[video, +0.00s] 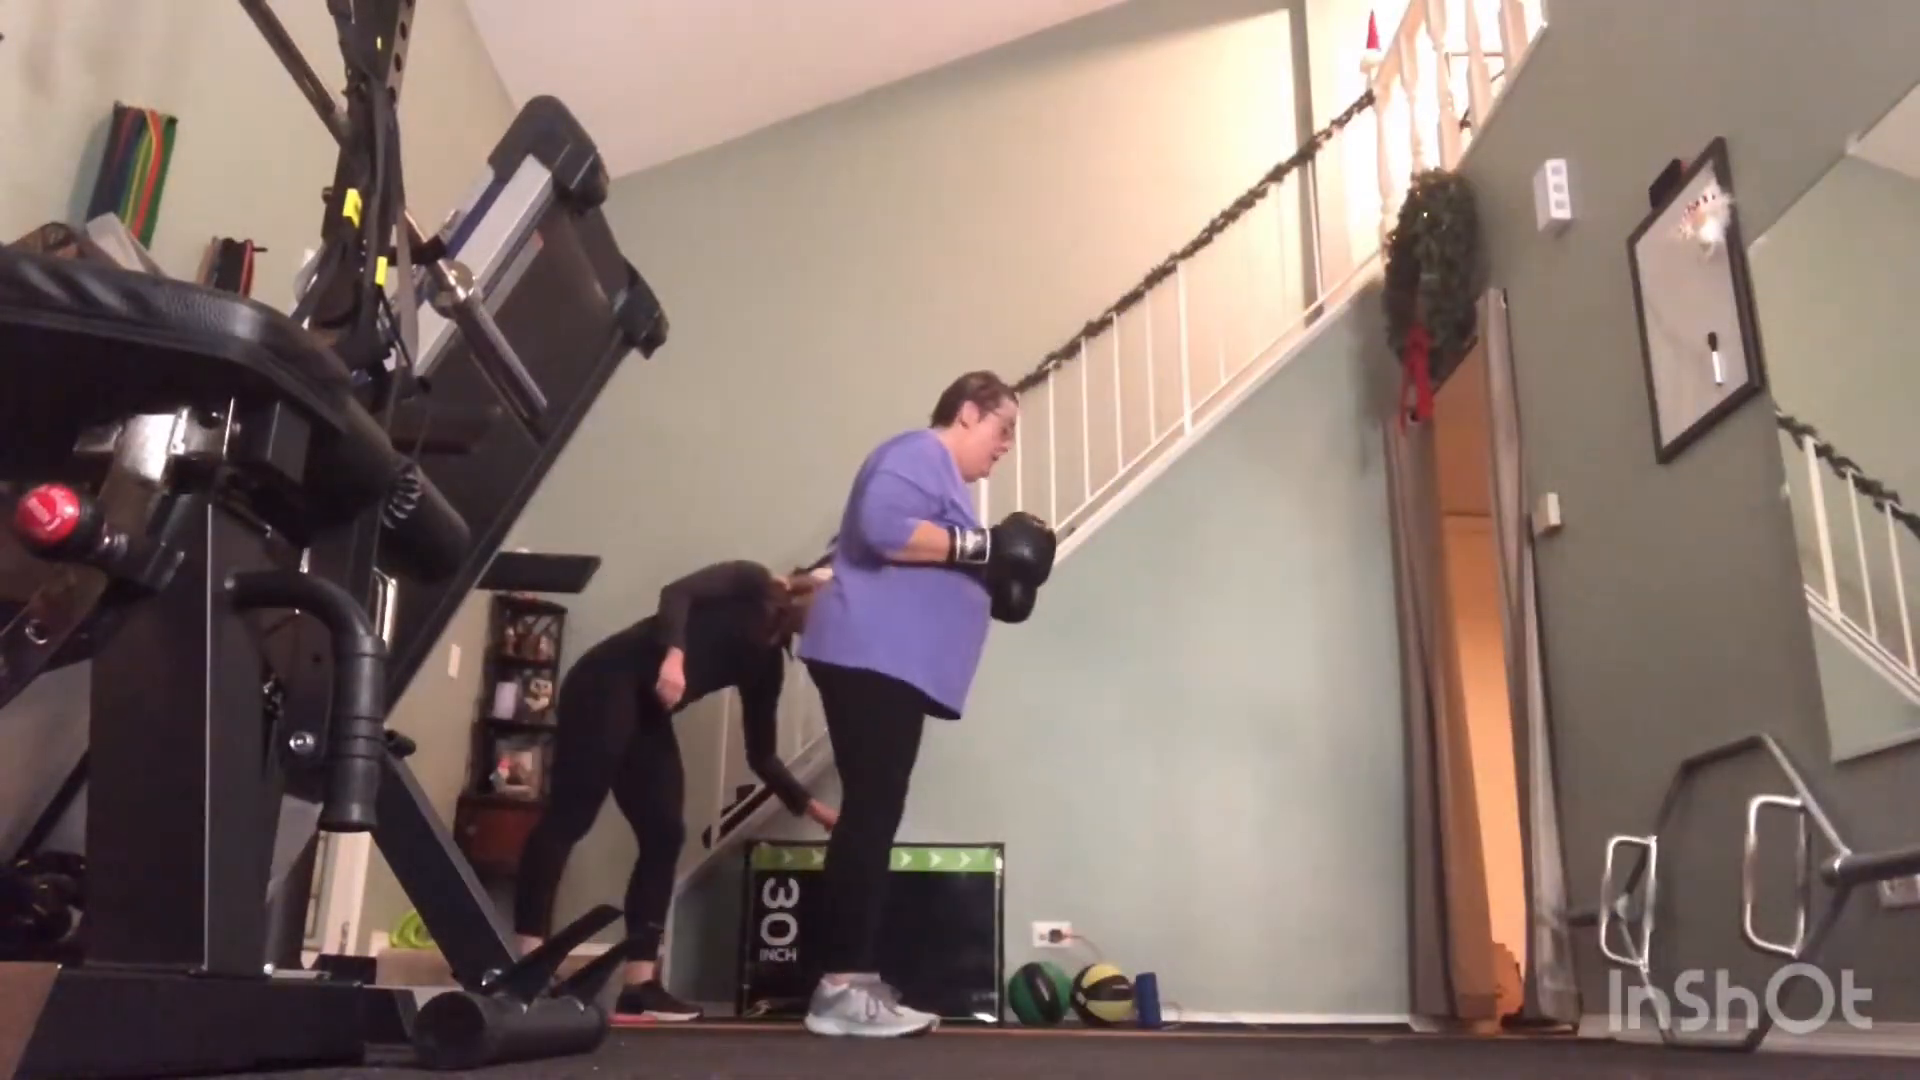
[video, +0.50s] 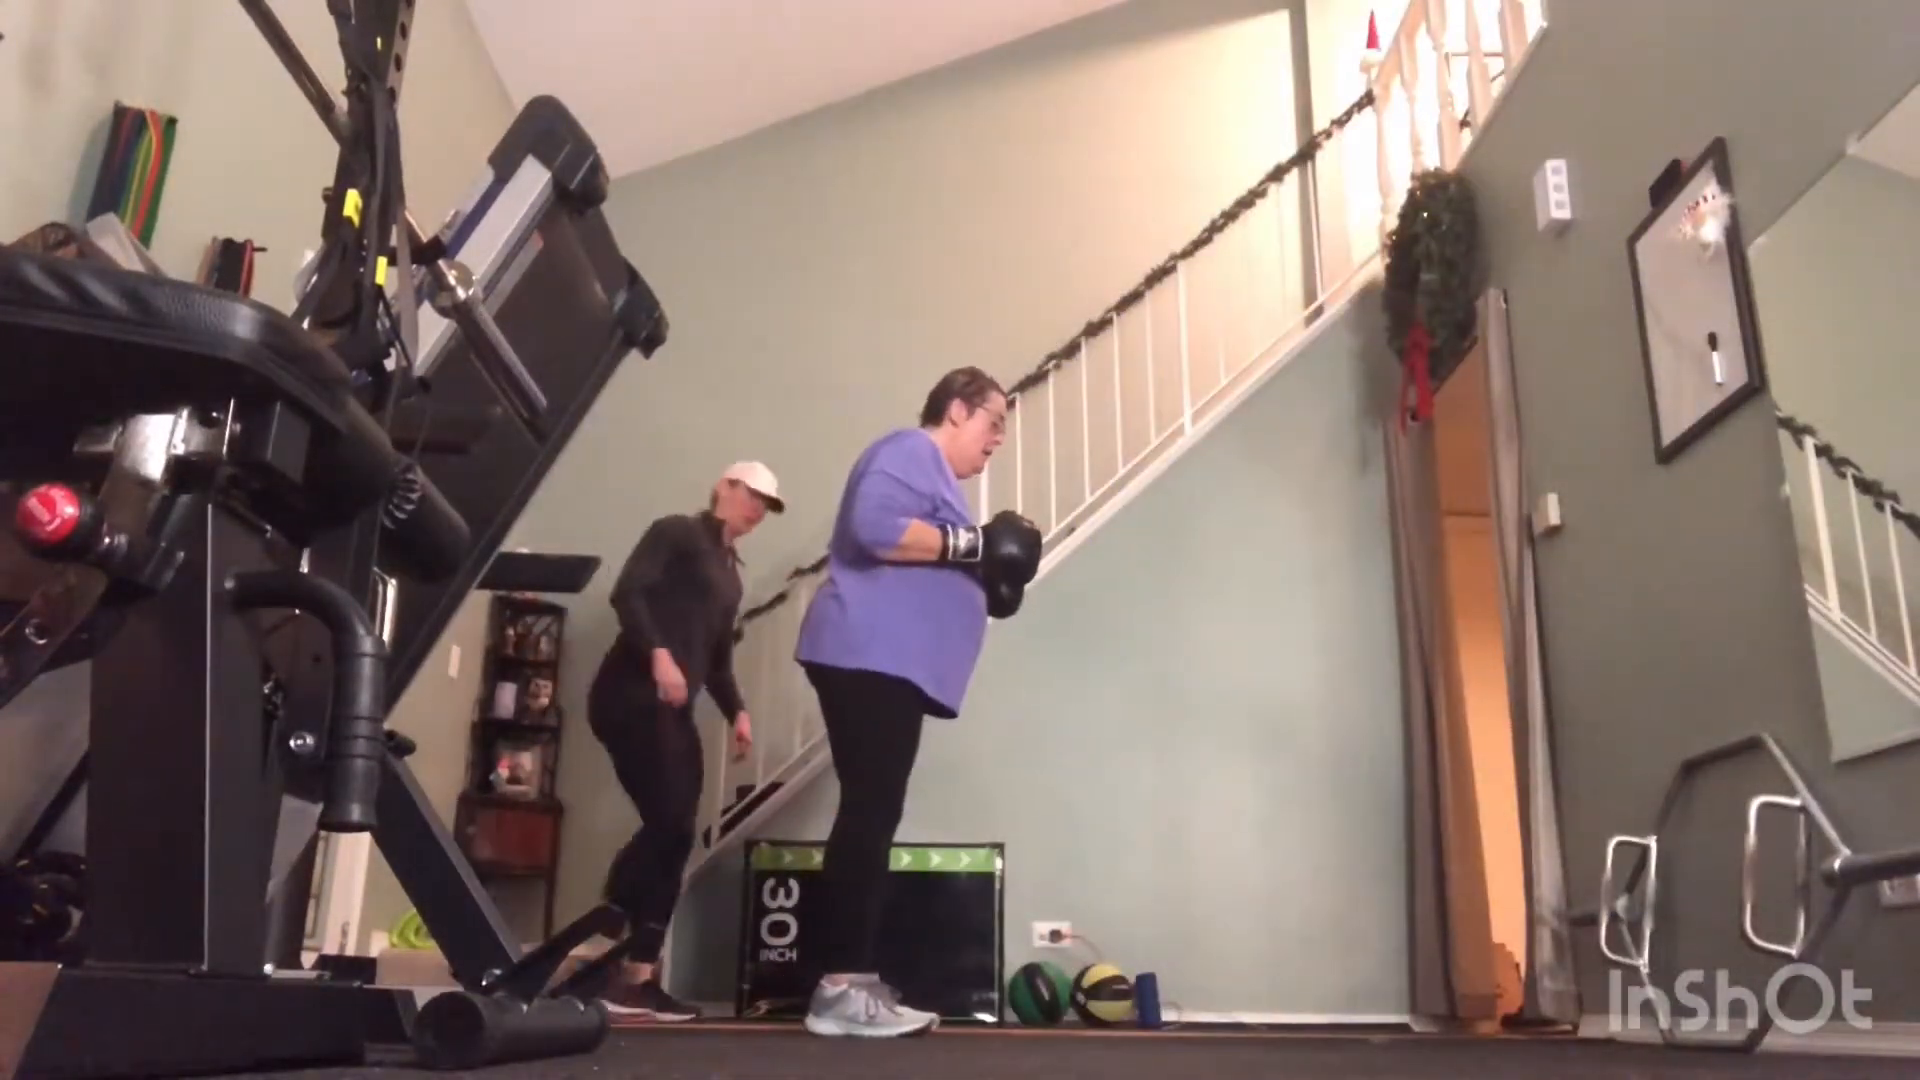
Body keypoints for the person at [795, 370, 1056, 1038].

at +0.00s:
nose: (1008, 445)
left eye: (1013, 434)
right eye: (1003, 428)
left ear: (972, 419)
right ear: (968, 413)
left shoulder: (949, 483)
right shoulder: (919, 451)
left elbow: (922, 561)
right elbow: (881, 527)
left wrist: (993, 570)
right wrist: (975, 547)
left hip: (892, 665)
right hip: (868, 658)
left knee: (875, 813)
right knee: (872, 811)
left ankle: (853, 982)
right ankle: (842, 984)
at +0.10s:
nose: (1000, 443)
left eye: (1005, 432)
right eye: (997, 426)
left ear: (966, 417)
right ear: (961, 411)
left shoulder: (944, 480)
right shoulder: (914, 448)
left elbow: (918, 558)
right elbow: (880, 524)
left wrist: (989, 568)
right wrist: (972, 545)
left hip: (888, 664)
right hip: (865, 658)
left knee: (873, 815)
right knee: (868, 813)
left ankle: (853, 983)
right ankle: (841, 985)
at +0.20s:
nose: (999, 441)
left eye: (1003, 429)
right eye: (995, 424)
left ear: (963, 415)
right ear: (959, 409)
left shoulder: (943, 481)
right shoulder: (912, 447)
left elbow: (920, 558)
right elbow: (879, 525)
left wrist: (987, 566)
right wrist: (970, 543)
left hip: (890, 664)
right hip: (866, 657)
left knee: (872, 814)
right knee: (868, 813)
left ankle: (852, 983)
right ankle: (841, 986)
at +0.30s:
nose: (998, 441)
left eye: (1003, 429)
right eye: (994, 424)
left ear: (962, 415)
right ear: (959, 410)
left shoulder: (939, 480)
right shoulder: (911, 448)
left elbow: (913, 555)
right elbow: (875, 526)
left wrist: (984, 565)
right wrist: (967, 545)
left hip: (890, 663)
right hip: (867, 657)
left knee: (872, 814)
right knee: (869, 812)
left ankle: (852, 983)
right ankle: (841, 985)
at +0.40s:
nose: (998, 441)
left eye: (1002, 429)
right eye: (994, 424)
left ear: (961, 417)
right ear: (958, 411)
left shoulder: (940, 482)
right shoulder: (908, 449)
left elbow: (915, 556)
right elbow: (874, 527)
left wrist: (984, 565)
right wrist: (967, 545)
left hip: (890, 664)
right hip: (866, 657)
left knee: (872, 814)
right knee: (869, 812)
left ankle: (852, 983)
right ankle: (841, 985)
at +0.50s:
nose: (999, 440)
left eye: (1003, 428)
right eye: (994, 423)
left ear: (962, 416)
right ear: (958, 411)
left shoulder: (945, 484)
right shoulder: (909, 449)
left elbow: (920, 562)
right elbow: (873, 526)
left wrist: (985, 569)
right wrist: (965, 546)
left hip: (892, 664)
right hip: (866, 657)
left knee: (874, 813)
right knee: (870, 812)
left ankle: (852, 981)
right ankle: (840, 984)